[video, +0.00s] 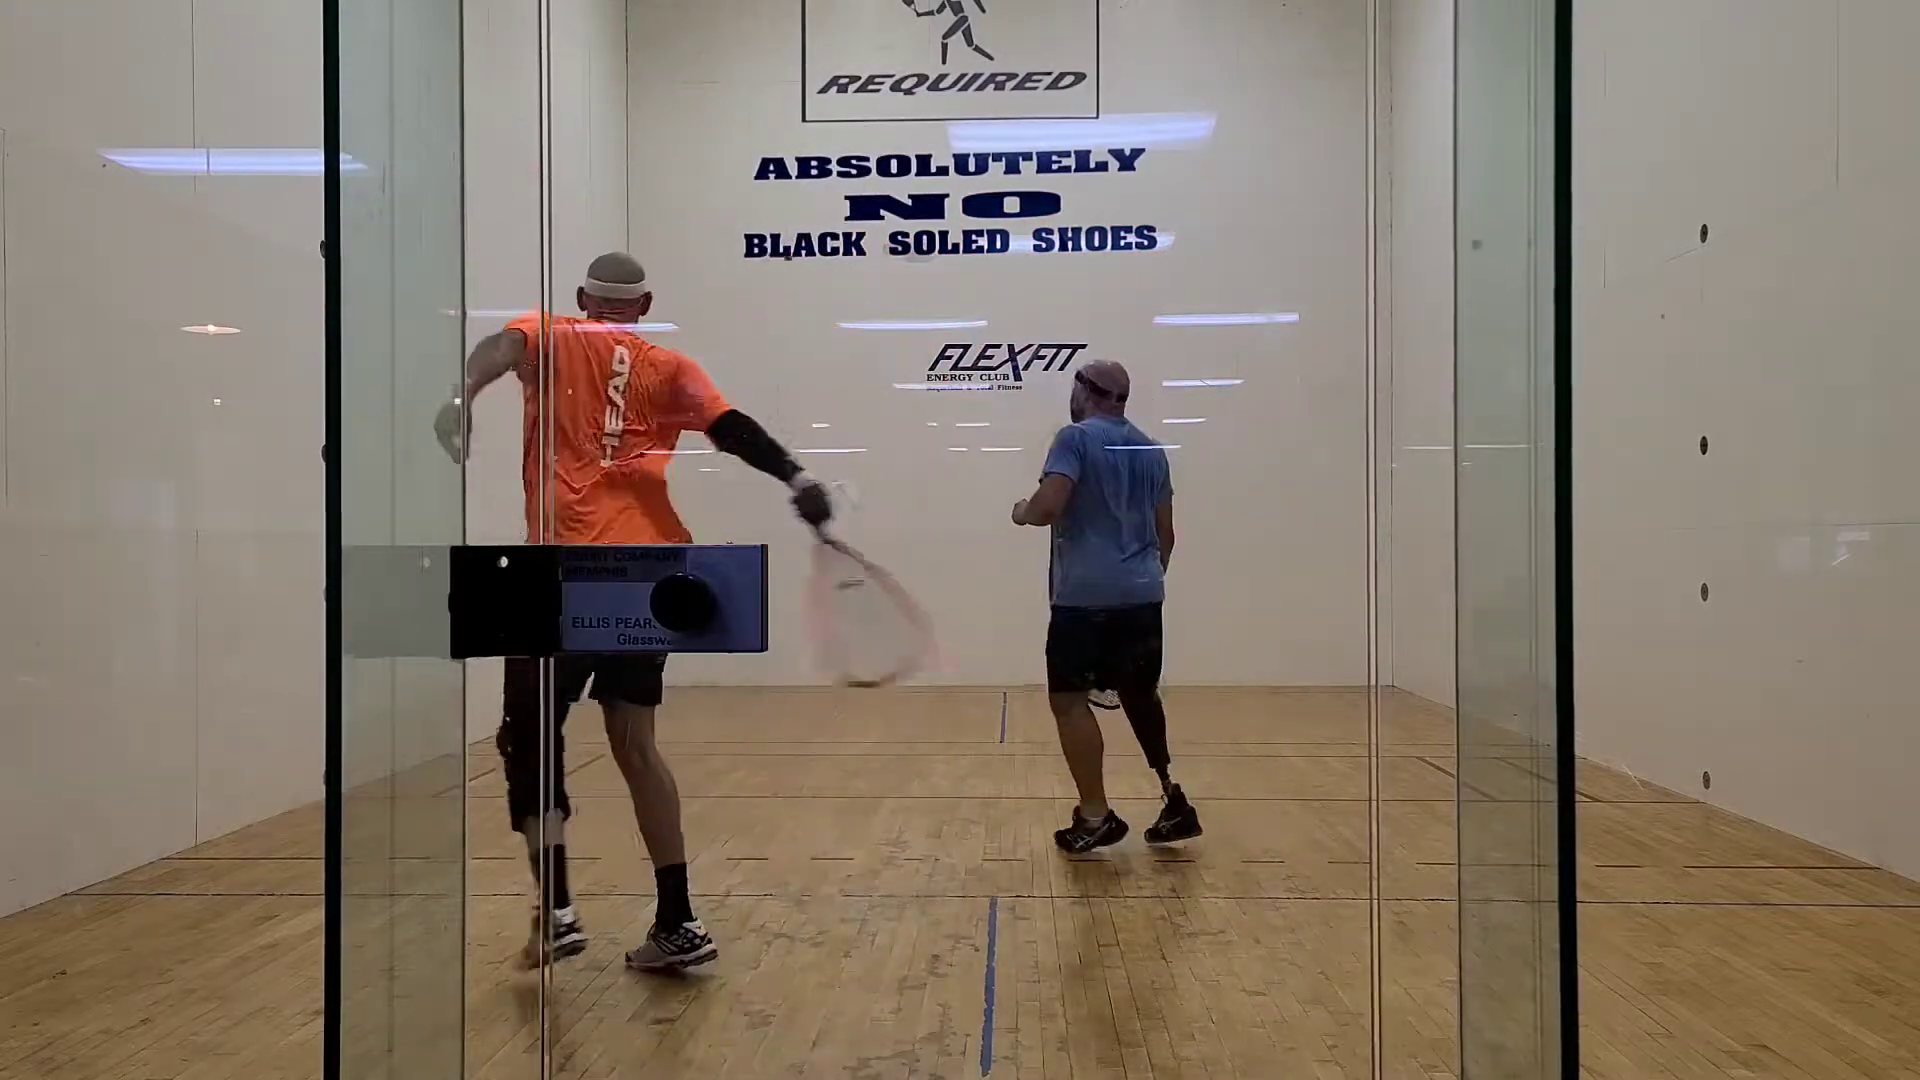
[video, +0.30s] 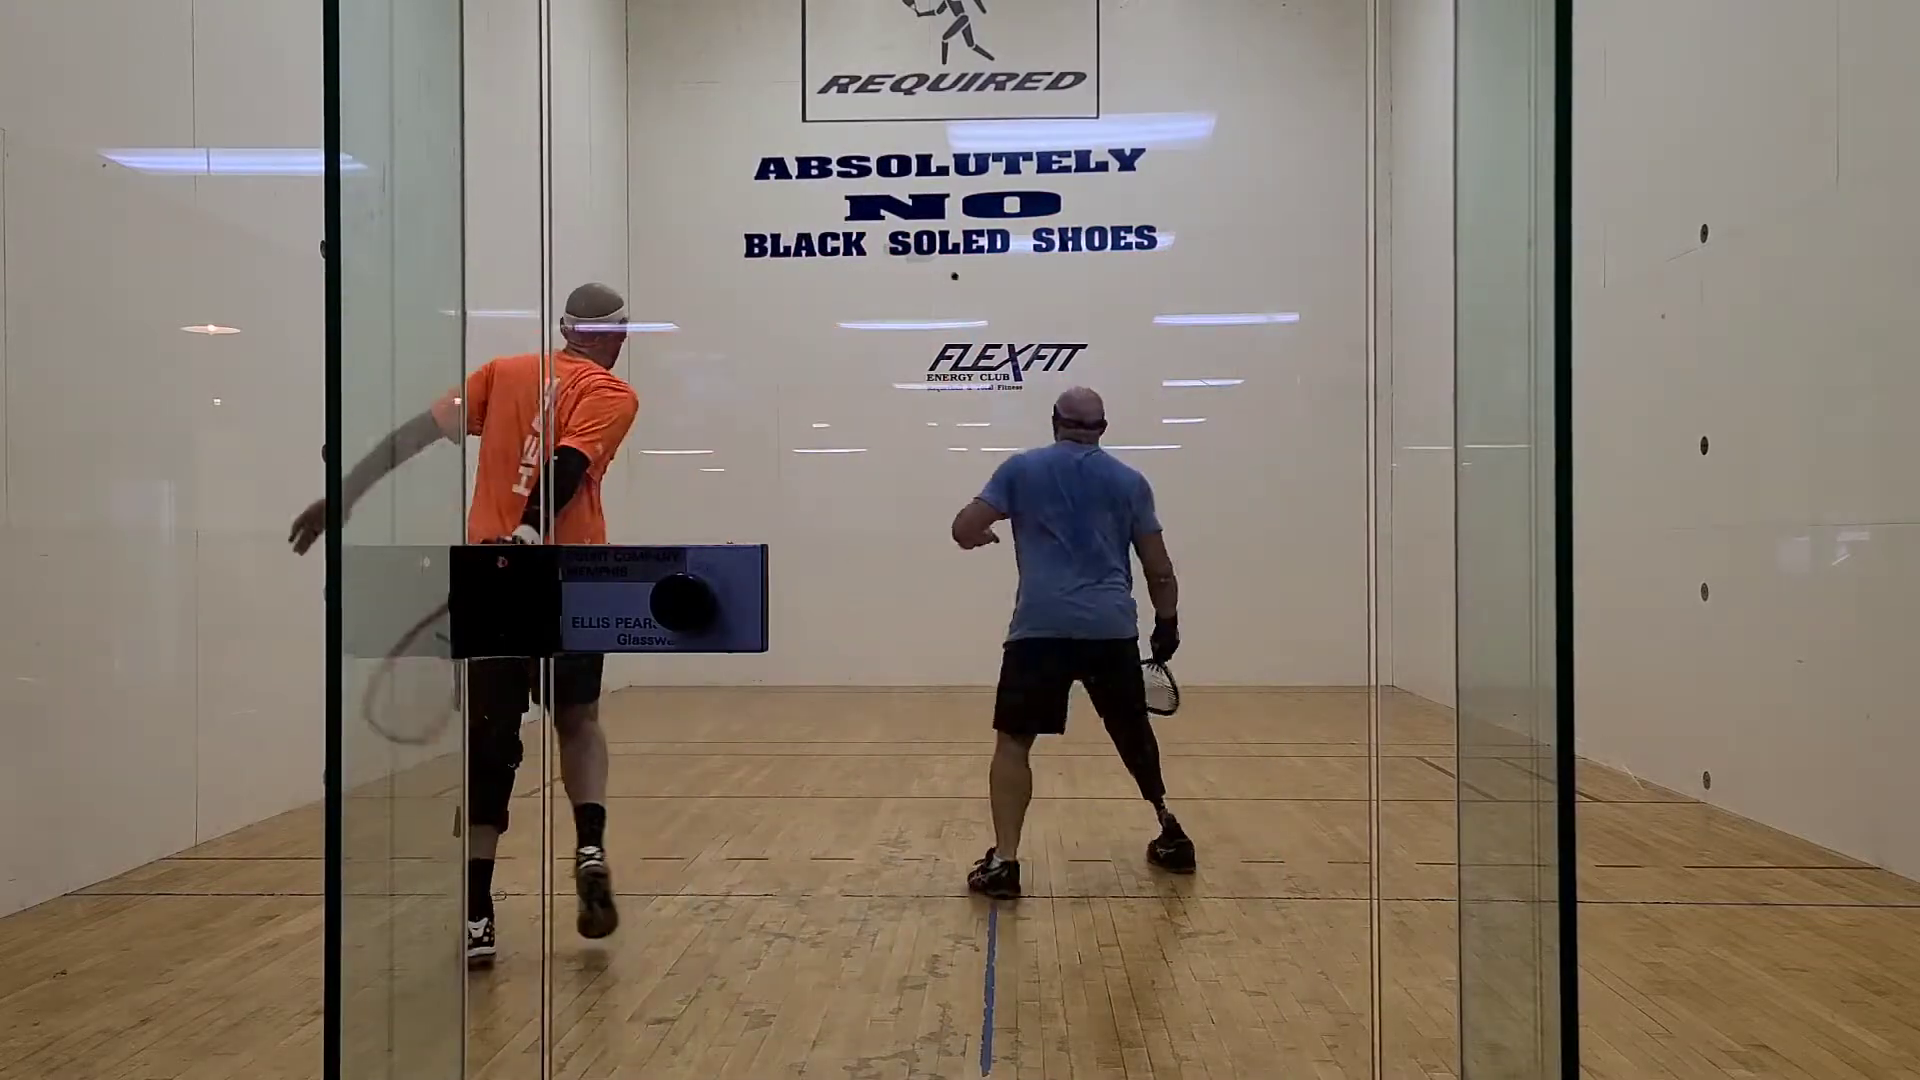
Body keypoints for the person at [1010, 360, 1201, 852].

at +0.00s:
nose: (1071, 400)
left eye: (1075, 392)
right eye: (1074, 391)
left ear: (1087, 392)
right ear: (1122, 399)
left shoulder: (1075, 438)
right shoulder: (1152, 450)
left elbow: (1050, 505)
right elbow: (1165, 537)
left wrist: (1023, 512)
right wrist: (1147, 582)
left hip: (1083, 600)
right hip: (1141, 599)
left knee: (1067, 698)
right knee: (1139, 692)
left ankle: (1095, 817)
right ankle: (1176, 802)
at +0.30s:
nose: (1082, 433)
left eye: (1061, 423)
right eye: (1093, 424)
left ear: (1053, 425)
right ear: (1103, 429)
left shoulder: (1022, 469)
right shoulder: (1129, 482)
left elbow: (965, 530)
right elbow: (1159, 572)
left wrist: (985, 529)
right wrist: (1167, 624)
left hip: (1038, 634)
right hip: (1109, 636)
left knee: (1012, 743)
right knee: (1132, 731)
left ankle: (1004, 863)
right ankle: (1169, 827)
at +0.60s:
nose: (1092, 406)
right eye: (1097, 398)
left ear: (1046, 398)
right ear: (1099, 401)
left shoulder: (1001, 447)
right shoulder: (1112, 452)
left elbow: (958, 522)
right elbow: (1137, 547)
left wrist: (1009, 544)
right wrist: (1158, 615)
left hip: (1007, 618)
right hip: (1083, 615)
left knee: (997, 734)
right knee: (1124, 721)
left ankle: (977, 865)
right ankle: (1143, 846)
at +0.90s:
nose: (1163, 411)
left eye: (1146, 398)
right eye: (1165, 401)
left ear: (1109, 402)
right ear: (1164, 402)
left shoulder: (1066, 456)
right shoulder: (1166, 458)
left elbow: (1013, 536)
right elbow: (1193, 556)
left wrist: (1041, 596)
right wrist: (1224, 612)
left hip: (1051, 638)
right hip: (1113, 645)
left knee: (1053, 757)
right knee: (1126, 783)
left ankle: (999, 875)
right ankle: (1039, 880)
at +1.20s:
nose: (1295, 415)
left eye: (1293, 405)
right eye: (1293, 405)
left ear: (1232, 407)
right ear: (1283, 407)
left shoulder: (1179, 465)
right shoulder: (1279, 469)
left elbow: (1132, 555)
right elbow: (1302, 575)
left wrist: (1182, 606)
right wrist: (1349, 631)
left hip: (1171, 663)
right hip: (1237, 661)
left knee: (1254, 769)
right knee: (1325, 789)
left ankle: (1236, 907)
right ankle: (1257, 888)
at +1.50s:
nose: (1446, 359)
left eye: (1442, 348)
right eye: (1441, 348)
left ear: (1374, 359)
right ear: (1427, 350)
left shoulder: (1333, 433)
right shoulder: (1432, 415)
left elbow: (1315, 549)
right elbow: (1466, 530)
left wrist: (1405, 559)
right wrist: (1537, 572)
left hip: (1328, 655)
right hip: (1409, 658)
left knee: (1365, 779)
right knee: (1486, 814)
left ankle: (1313, 924)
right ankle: (1440, 984)